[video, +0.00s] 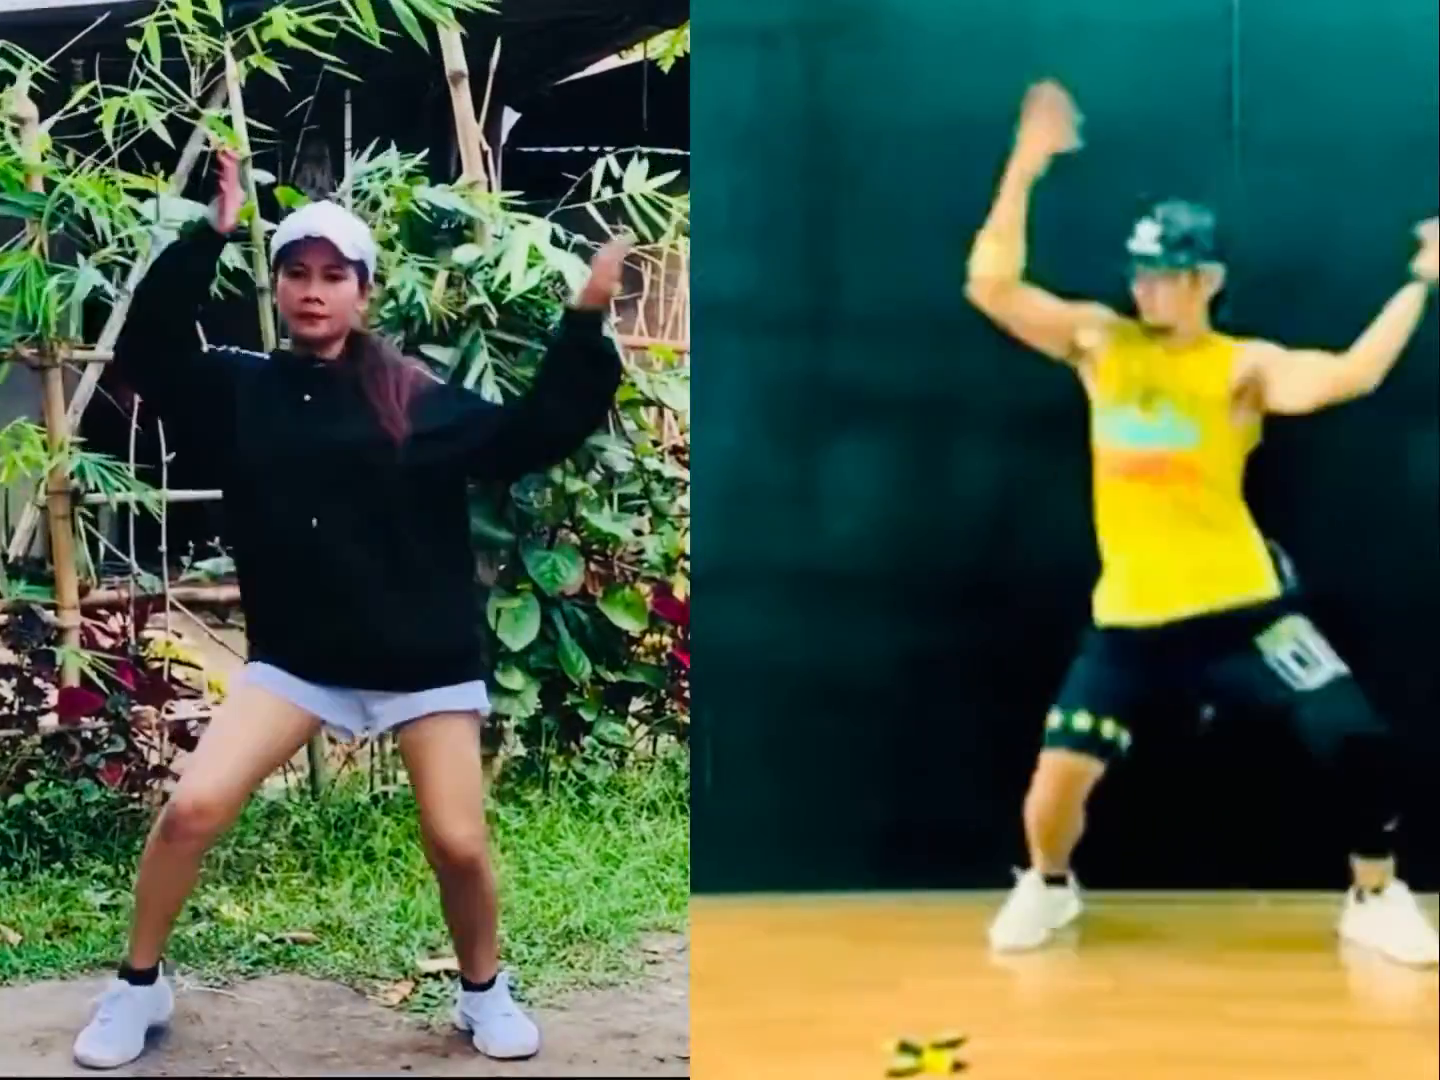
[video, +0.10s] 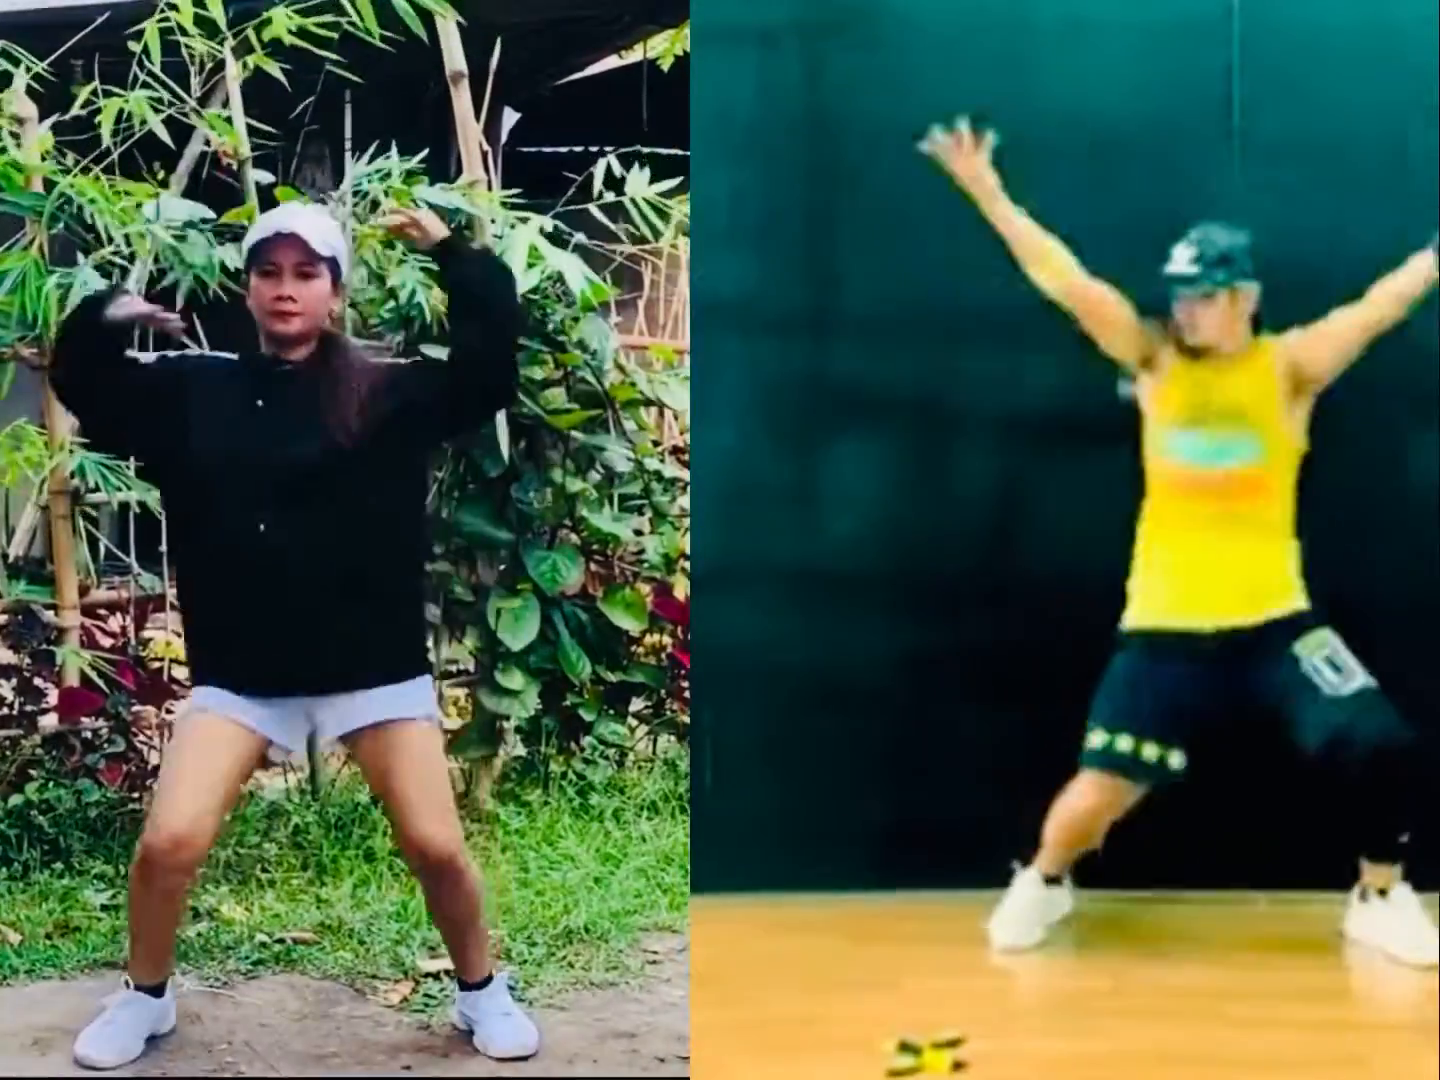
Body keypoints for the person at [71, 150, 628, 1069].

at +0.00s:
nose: (312, 291)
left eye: (332, 277)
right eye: (297, 275)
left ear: (365, 292)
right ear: (273, 288)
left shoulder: (415, 394)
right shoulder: (237, 388)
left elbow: (541, 430)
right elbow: (149, 347)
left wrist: (589, 316)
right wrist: (212, 231)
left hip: (427, 659)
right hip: (294, 656)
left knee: (461, 846)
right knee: (192, 809)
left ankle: (484, 993)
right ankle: (139, 986)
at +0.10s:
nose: (284, 289)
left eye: (305, 273)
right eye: (268, 272)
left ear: (337, 292)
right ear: (246, 288)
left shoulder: (389, 394)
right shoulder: (189, 395)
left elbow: (488, 373)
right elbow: (79, 379)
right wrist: (109, 314)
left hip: (378, 670)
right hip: (237, 674)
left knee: (437, 847)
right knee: (166, 844)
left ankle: (483, 990)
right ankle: (144, 996)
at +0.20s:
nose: (246, 254)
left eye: (267, 238)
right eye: (230, 237)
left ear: (303, 257)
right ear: (207, 255)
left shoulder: (348, 355)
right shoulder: (140, 364)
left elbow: (448, 295)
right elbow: (16, 344)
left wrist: (348, 229)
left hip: (322, 630)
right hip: (179, 646)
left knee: (415, 799)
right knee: (133, 840)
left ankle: (455, 963)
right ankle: (137, 997)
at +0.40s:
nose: (180, 258)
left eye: (202, 243)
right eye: (164, 240)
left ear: (234, 263)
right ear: (139, 255)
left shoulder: (263, 370)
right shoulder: (79, 351)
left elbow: (380, 410)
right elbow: (2, 284)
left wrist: (458, 330)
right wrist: (7, 144)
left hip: (272, 592)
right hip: (151, 628)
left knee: (348, 713)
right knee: (118, 850)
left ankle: (311, 800)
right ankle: (128, 1012)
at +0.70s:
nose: (212, 243)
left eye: (230, 224)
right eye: (191, 227)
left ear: (261, 239)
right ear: (165, 247)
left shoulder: (313, 337)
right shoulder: (107, 352)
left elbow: (421, 281)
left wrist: (347, 175)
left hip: (266, 605)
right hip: (136, 623)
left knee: (409, 715)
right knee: (125, 847)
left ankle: (409, 908)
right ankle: (119, 1005)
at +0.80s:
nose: (231, 256)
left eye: (249, 239)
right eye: (211, 240)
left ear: (278, 254)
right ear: (185, 256)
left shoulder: (330, 355)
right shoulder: (129, 352)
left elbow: (447, 309)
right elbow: (12, 314)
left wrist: (357, 261)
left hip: (307, 626)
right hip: (166, 639)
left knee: (425, 791)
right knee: (124, 856)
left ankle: (472, 973)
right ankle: (119, 1005)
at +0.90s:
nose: (254, 291)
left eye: (273, 274)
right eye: (235, 274)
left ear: (304, 289)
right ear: (206, 290)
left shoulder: (358, 393)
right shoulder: (155, 384)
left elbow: (475, 381)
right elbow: (68, 318)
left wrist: (433, 333)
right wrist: (96, 200)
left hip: (351, 662)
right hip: (210, 675)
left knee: (444, 847)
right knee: (143, 870)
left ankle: (482, 1010)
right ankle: (120, 1010)